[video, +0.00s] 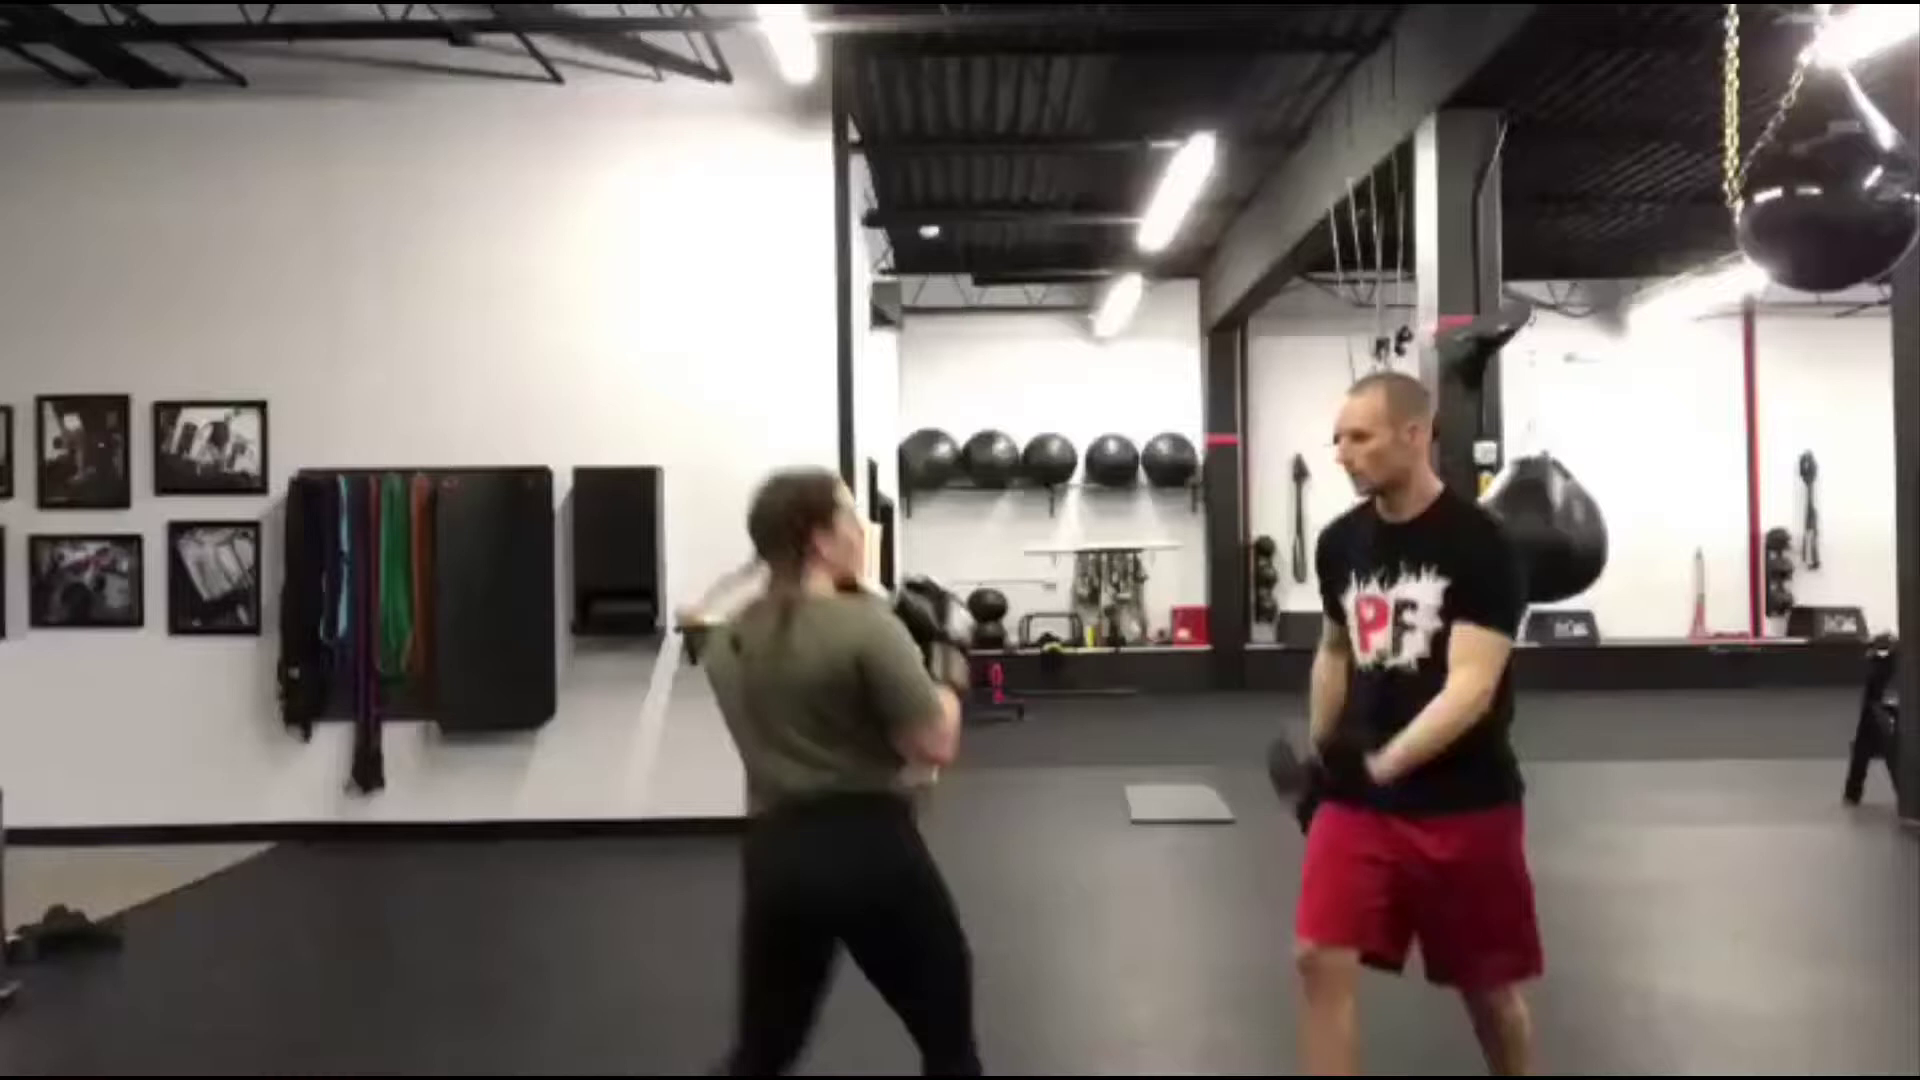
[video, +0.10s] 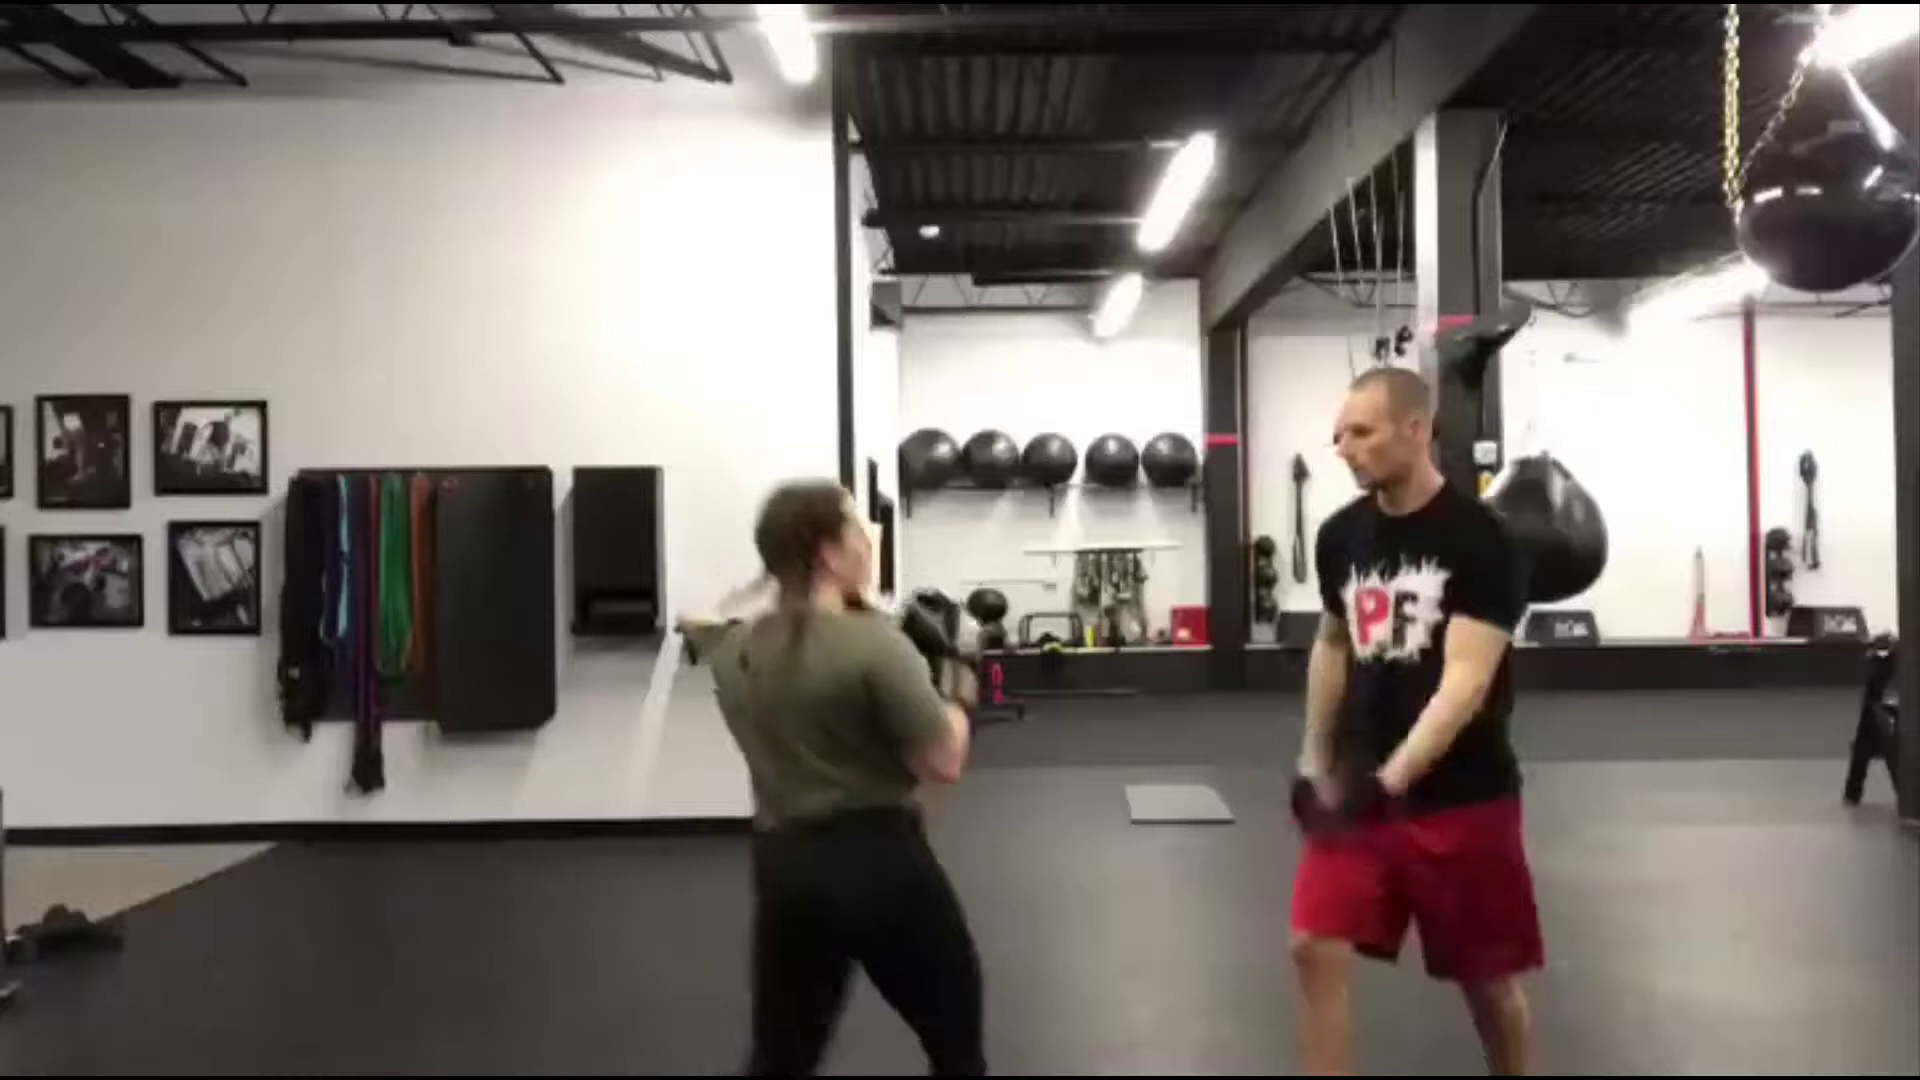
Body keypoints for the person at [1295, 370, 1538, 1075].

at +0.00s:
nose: (1343, 452)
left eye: (1359, 438)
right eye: (1339, 438)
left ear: (1417, 436)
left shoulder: (1481, 543)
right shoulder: (1340, 542)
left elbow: (1471, 689)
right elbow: (1335, 651)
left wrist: (1379, 767)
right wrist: (1318, 748)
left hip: (1465, 808)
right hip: (1358, 801)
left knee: (1493, 995)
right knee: (1321, 963)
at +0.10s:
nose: (1343, 448)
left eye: (1360, 433)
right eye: (1341, 434)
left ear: (1417, 431)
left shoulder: (1483, 539)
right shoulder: (1341, 536)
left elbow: (1463, 691)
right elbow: (1332, 645)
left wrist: (1387, 780)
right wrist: (1316, 756)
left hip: (1462, 806)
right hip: (1358, 795)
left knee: (1492, 988)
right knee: (1316, 953)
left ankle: (1514, 1070)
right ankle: (1326, 1071)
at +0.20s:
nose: (1345, 438)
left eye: (1360, 423)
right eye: (1341, 424)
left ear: (1415, 420)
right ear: (1344, 427)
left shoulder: (1475, 526)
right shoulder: (1334, 525)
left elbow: (1474, 666)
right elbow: (1317, 628)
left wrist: (1455, 794)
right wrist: (1283, 735)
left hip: (1452, 783)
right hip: (1349, 776)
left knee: (1490, 964)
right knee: (1302, 935)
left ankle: (1512, 1066)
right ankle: (1316, 1063)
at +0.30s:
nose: (1332, 443)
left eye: (1346, 428)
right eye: (1326, 430)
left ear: (1396, 427)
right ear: (1326, 437)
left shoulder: (1462, 527)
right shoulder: (1319, 533)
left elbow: (1505, 654)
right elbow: (1286, 631)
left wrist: (1525, 788)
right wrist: (1235, 730)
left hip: (1450, 788)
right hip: (1341, 782)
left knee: (1484, 959)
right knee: (1297, 929)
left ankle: (1517, 1069)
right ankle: (1286, 1055)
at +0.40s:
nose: (1308, 455)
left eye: (1324, 441)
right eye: (1304, 441)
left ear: (1372, 440)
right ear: (1305, 447)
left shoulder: (1443, 539)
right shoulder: (1293, 546)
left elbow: (1517, 646)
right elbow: (1249, 639)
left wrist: (1564, 770)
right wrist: (1194, 739)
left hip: (1436, 788)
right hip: (1331, 786)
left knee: (1469, 952)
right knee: (1300, 929)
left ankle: (1510, 1071)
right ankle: (1279, 1054)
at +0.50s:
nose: (1289, 459)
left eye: (1304, 446)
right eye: (1283, 446)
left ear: (1350, 445)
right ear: (1280, 449)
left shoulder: (1416, 537)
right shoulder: (1269, 546)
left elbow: (1498, 638)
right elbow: (1228, 645)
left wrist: (1560, 761)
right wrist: (1178, 744)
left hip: (1418, 781)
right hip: (1315, 781)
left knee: (1460, 937)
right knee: (1302, 925)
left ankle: (1506, 1070)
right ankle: (1283, 1056)